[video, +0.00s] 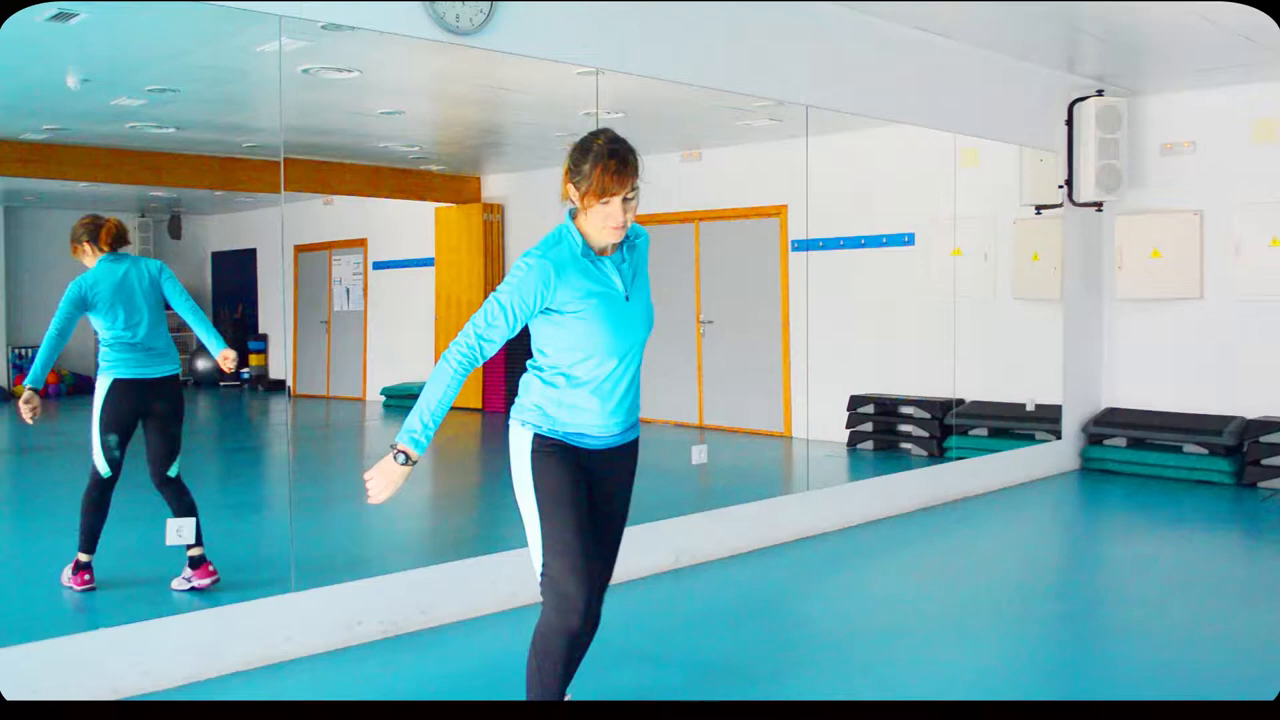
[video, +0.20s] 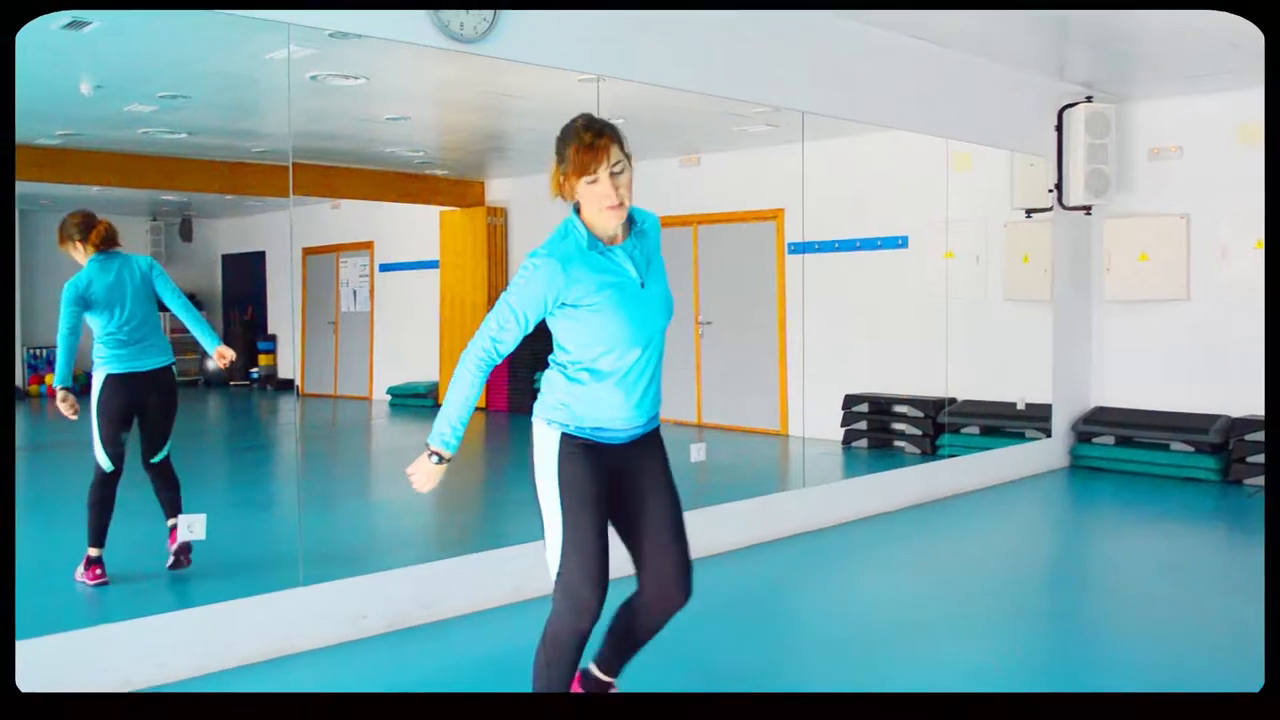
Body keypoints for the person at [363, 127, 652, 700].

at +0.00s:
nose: (621, 215)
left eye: (628, 199)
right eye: (607, 201)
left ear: (636, 196)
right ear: (575, 197)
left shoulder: (636, 244)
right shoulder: (544, 268)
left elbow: (619, 331)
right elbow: (466, 349)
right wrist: (405, 451)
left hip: (617, 445)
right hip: (548, 443)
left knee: (587, 610)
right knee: (569, 605)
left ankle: (548, 694)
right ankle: (543, 699)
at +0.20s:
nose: (612, 190)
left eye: (619, 171)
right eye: (593, 179)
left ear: (631, 171)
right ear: (569, 188)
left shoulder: (646, 229)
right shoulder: (553, 265)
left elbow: (637, 324)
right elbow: (483, 350)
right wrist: (441, 447)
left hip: (638, 434)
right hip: (570, 438)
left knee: (668, 589)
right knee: (580, 597)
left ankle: (595, 681)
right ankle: (550, 694)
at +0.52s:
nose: (627, 196)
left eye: (634, 177)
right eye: (615, 191)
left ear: (670, 172)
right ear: (611, 205)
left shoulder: (737, 239)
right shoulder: (613, 276)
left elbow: (785, 285)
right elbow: (575, 350)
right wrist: (555, 420)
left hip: (734, 461)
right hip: (649, 464)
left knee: (786, 608)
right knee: (631, 603)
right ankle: (578, 676)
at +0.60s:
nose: (629, 196)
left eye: (635, 177)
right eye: (622, 187)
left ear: (678, 169)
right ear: (626, 200)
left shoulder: (762, 229)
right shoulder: (637, 268)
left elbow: (831, 262)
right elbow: (614, 336)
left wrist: (887, 300)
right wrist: (615, 397)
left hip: (771, 448)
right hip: (685, 453)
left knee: (809, 607)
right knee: (657, 595)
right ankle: (611, 670)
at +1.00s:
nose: (712, 230)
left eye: (718, 216)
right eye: (710, 218)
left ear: (754, 212)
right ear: (750, 216)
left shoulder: (808, 268)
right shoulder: (762, 286)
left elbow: (854, 356)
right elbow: (777, 385)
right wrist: (716, 422)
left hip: (845, 453)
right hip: (800, 460)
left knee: (817, 607)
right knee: (783, 600)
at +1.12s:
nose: (709, 203)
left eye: (709, 187)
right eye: (703, 192)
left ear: (743, 173)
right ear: (742, 178)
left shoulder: (792, 213)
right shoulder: (765, 246)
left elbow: (752, 271)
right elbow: (739, 329)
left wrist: (660, 271)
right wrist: (666, 309)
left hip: (853, 397)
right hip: (815, 408)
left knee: (853, 545)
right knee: (819, 543)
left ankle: (882, 645)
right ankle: (839, 645)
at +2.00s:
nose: (560, 238)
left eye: (566, 228)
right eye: (559, 228)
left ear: (597, 233)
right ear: (592, 234)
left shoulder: (616, 281)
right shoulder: (597, 280)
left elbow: (684, 330)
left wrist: (742, 400)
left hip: (649, 424)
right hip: (634, 424)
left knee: (588, 537)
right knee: (638, 539)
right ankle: (736, 592)